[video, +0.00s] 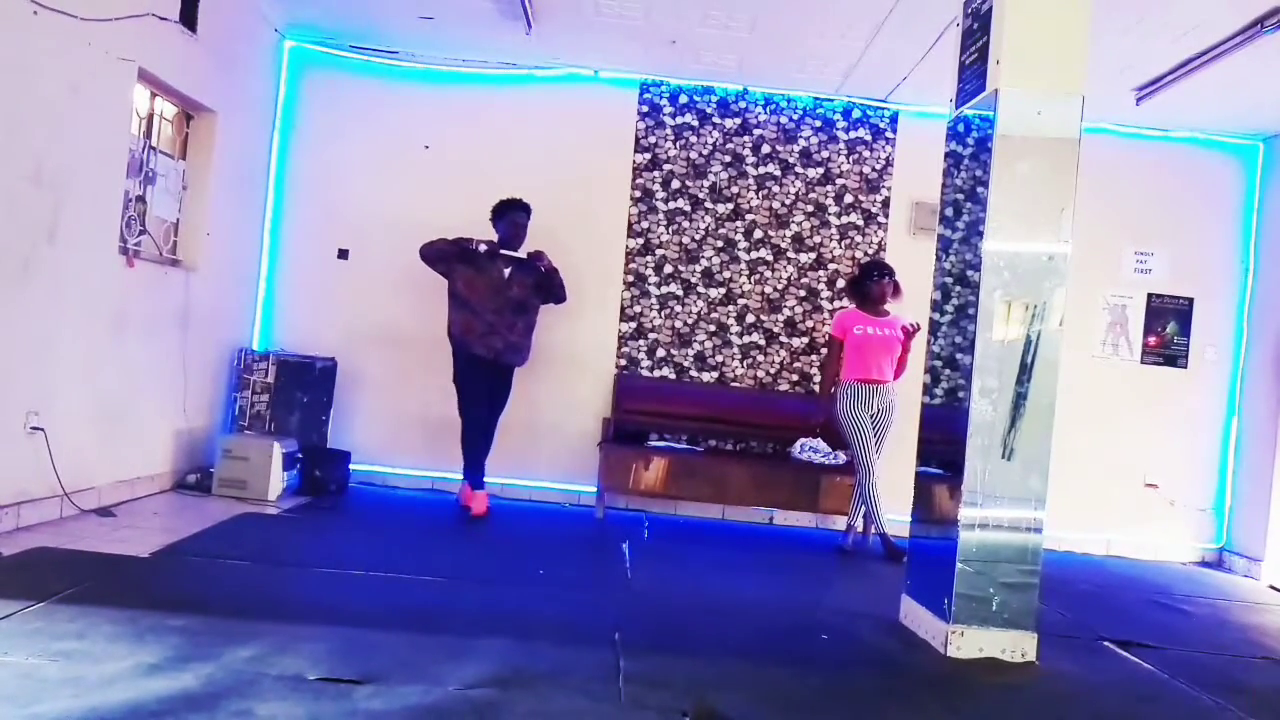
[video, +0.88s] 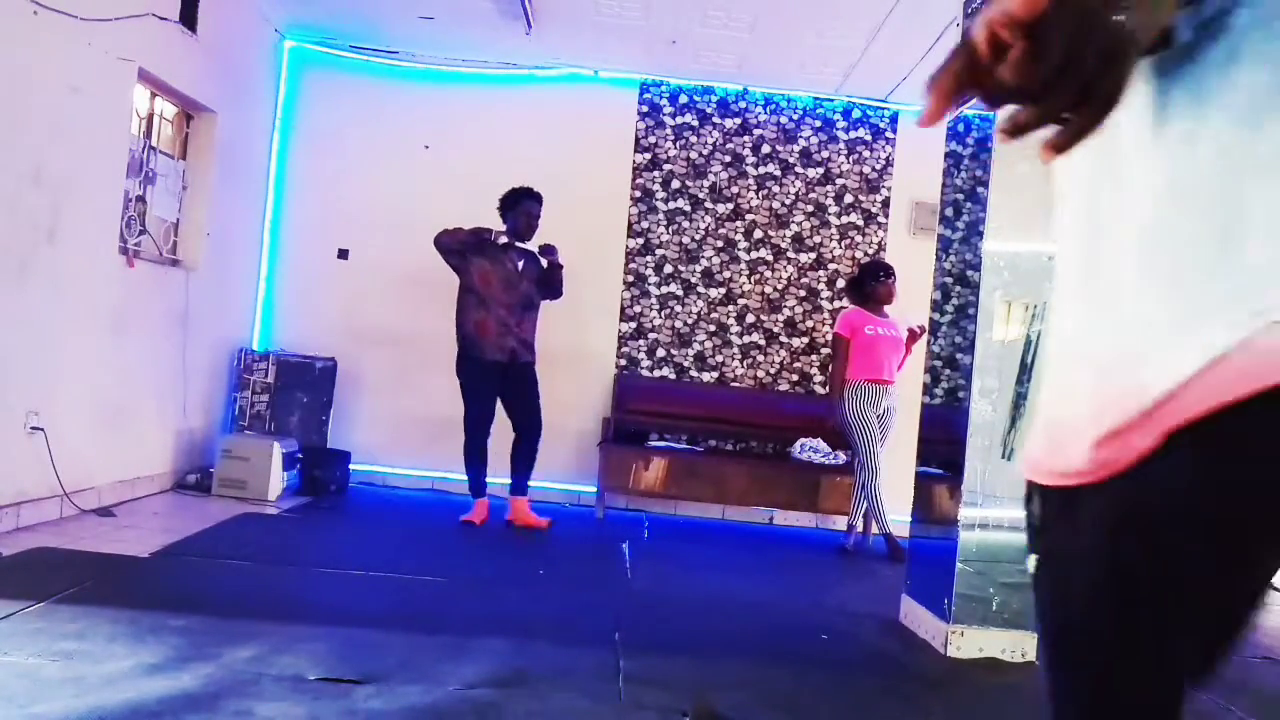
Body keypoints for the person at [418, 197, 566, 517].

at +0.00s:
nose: (519, 231)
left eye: (523, 225)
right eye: (513, 224)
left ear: (527, 229)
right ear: (497, 224)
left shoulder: (530, 271)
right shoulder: (467, 259)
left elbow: (558, 296)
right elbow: (428, 252)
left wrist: (547, 267)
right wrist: (469, 246)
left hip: (504, 359)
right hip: (469, 353)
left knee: (489, 420)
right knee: (473, 417)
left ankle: (469, 482)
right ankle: (477, 487)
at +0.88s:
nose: (534, 223)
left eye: (537, 217)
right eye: (528, 216)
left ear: (537, 221)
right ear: (508, 215)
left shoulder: (532, 263)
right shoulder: (476, 253)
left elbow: (553, 292)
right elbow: (442, 241)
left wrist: (553, 265)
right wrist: (478, 234)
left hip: (518, 361)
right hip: (477, 357)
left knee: (529, 427)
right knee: (477, 428)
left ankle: (519, 504)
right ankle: (479, 502)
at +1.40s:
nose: (540, 214)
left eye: (547, 207)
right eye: (533, 206)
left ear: (555, 211)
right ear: (521, 207)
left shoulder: (568, 259)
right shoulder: (496, 253)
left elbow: (611, 281)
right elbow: (452, 254)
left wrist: (583, 248)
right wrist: (489, 235)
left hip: (538, 364)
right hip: (494, 359)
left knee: (533, 438)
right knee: (487, 430)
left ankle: (530, 513)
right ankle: (481, 498)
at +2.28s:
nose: (493, 210)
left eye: (502, 205)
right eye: (490, 203)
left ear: (516, 208)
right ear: (483, 202)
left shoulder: (532, 252)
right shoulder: (458, 251)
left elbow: (577, 276)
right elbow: (410, 256)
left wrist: (548, 245)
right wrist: (442, 236)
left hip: (507, 362)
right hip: (459, 358)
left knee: (516, 436)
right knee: (444, 434)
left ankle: (524, 511)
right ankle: (439, 513)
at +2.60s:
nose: (473, 207)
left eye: (481, 202)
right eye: (468, 199)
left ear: (491, 205)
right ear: (456, 196)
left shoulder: (495, 253)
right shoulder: (422, 237)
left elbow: (526, 287)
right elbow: (370, 235)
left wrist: (518, 253)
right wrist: (419, 225)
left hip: (472, 359)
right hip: (424, 354)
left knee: (472, 437)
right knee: (426, 436)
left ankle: (463, 515)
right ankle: (431, 515)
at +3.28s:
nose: (441, 187)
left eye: (449, 181)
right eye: (435, 180)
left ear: (465, 185)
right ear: (428, 182)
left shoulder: (482, 233)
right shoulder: (411, 226)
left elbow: (509, 288)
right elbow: (372, 272)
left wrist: (489, 272)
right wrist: (389, 258)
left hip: (449, 353)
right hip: (403, 347)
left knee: (433, 433)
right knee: (383, 423)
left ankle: (424, 517)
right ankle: (393, 508)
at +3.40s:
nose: (438, 178)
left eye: (447, 172)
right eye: (433, 170)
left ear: (462, 180)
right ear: (425, 175)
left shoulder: (477, 231)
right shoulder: (408, 225)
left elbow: (494, 288)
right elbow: (390, 277)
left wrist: (470, 280)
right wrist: (387, 318)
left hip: (444, 353)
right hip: (400, 348)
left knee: (431, 435)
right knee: (387, 431)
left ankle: (423, 516)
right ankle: (388, 513)